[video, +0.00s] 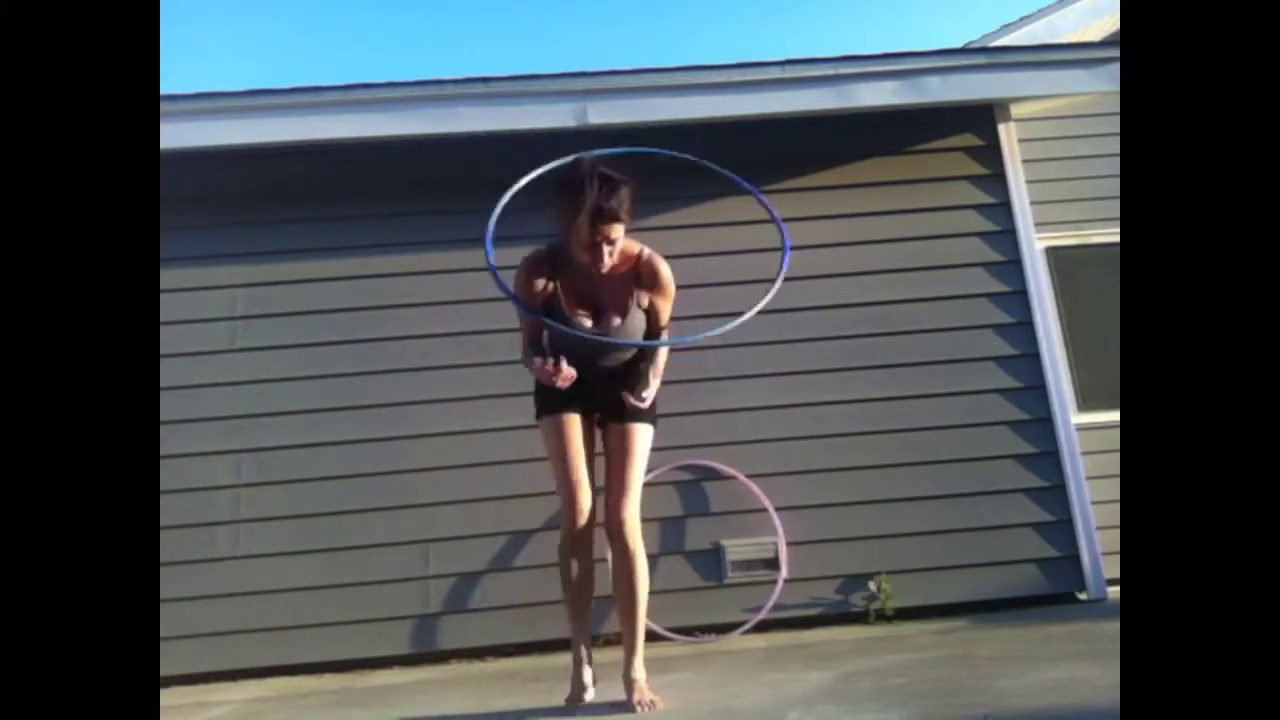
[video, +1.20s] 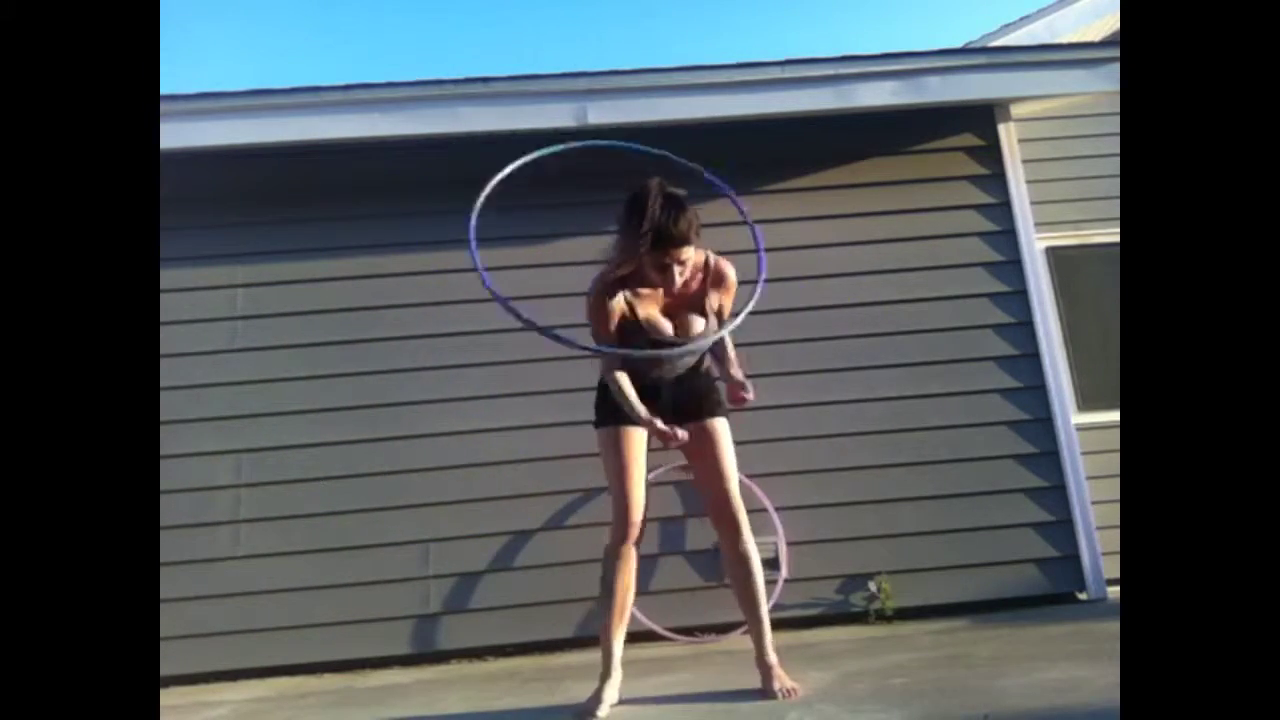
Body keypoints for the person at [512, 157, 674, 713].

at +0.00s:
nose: (602, 252)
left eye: (611, 241)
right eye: (592, 242)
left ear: (626, 224)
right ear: (568, 224)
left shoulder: (650, 270)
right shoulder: (539, 270)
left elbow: (659, 337)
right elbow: (530, 345)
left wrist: (650, 379)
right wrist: (545, 369)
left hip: (628, 380)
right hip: (563, 381)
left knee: (622, 519)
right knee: (578, 515)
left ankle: (635, 668)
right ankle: (582, 663)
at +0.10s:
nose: (605, 252)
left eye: (614, 241)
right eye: (594, 242)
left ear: (628, 227)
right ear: (569, 226)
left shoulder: (650, 259)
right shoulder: (543, 278)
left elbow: (653, 312)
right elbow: (548, 366)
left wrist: (674, 322)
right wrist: (592, 421)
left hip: (630, 384)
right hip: (564, 386)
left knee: (625, 517)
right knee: (588, 519)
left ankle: (634, 665)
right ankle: (602, 668)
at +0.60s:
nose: (616, 269)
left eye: (626, 258)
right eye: (606, 258)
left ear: (640, 246)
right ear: (583, 246)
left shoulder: (657, 281)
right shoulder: (550, 291)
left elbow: (658, 348)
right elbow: (535, 365)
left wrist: (657, 374)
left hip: (621, 392)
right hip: (557, 397)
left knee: (658, 517)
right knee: (586, 531)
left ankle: (689, 650)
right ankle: (603, 672)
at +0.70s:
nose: (618, 269)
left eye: (627, 258)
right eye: (607, 259)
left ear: (640, 247)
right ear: (583, 247)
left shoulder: (658, 284)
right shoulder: (552, 277)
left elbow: (660, 367)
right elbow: (504, 329)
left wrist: (631, 423)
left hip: (629, 392)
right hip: (562, 393)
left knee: (679, 518)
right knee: (584, 528)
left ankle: (734, 646)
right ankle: (604, 673)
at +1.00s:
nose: (640, 272)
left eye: (648, 260)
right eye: (628, 263)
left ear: (660, 244)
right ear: (603, 247)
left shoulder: (680, 290)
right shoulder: (575, 267)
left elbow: (674, 378)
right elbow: (559, 320)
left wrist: (626, 432)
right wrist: (535, 316)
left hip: (661, 387)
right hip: (596, 390)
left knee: (705, 515)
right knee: (602, 532)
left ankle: (765, 655)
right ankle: (606, 676)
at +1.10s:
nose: (656, 273)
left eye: (664, 261)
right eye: (645, 264)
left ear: (676, 245)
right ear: (620, 253)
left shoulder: (698, 283)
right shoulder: (588, 290)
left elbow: (700, 362)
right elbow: (576, 355)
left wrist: (681, 425)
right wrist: (585, 367)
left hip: (679, 383)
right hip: (612, 385)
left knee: (721, 516)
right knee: (613, 527)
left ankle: (766, 657)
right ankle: (608, 676)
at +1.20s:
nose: (676, 272)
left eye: (685, 259)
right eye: (664, 263)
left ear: (700, 245)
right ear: (639, 252)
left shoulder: (720, 274)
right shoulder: (611, 293)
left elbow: (716, 328)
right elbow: (613, 371)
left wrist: (735, 373)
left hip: (694, 381)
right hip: (630, 387)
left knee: (733, 521)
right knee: (627, 529)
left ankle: (768, 659)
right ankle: (611, 675)